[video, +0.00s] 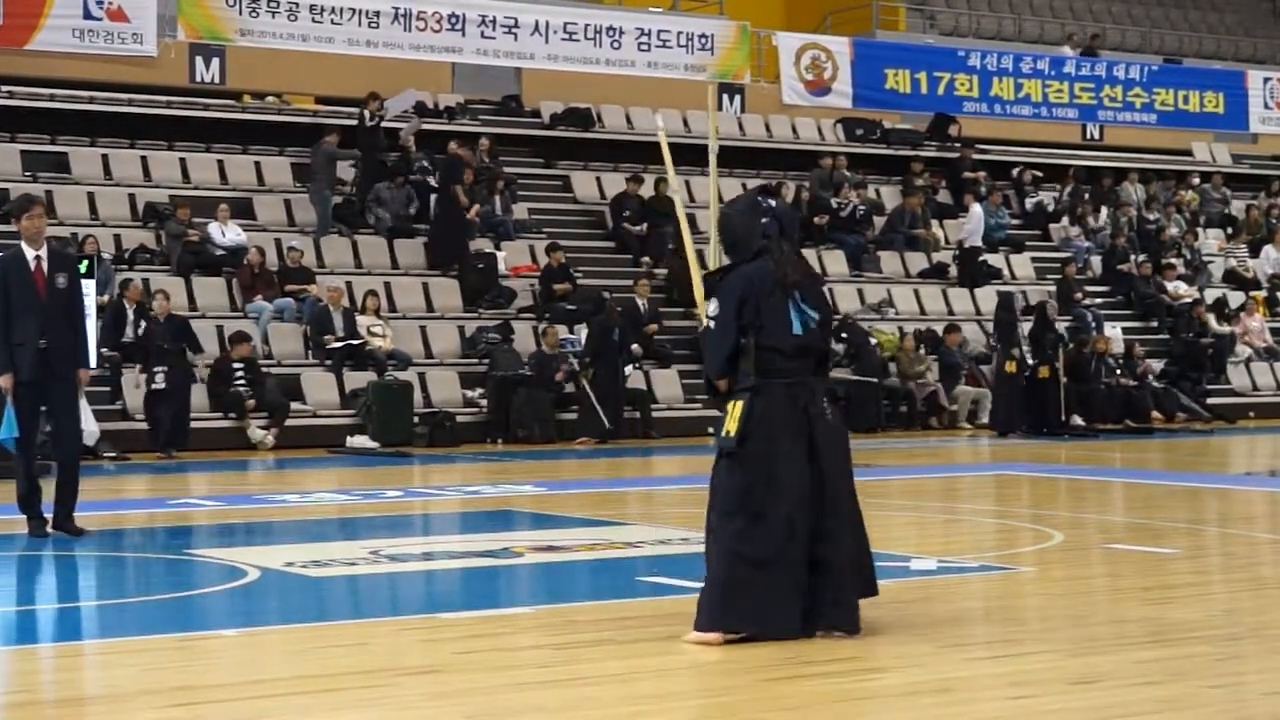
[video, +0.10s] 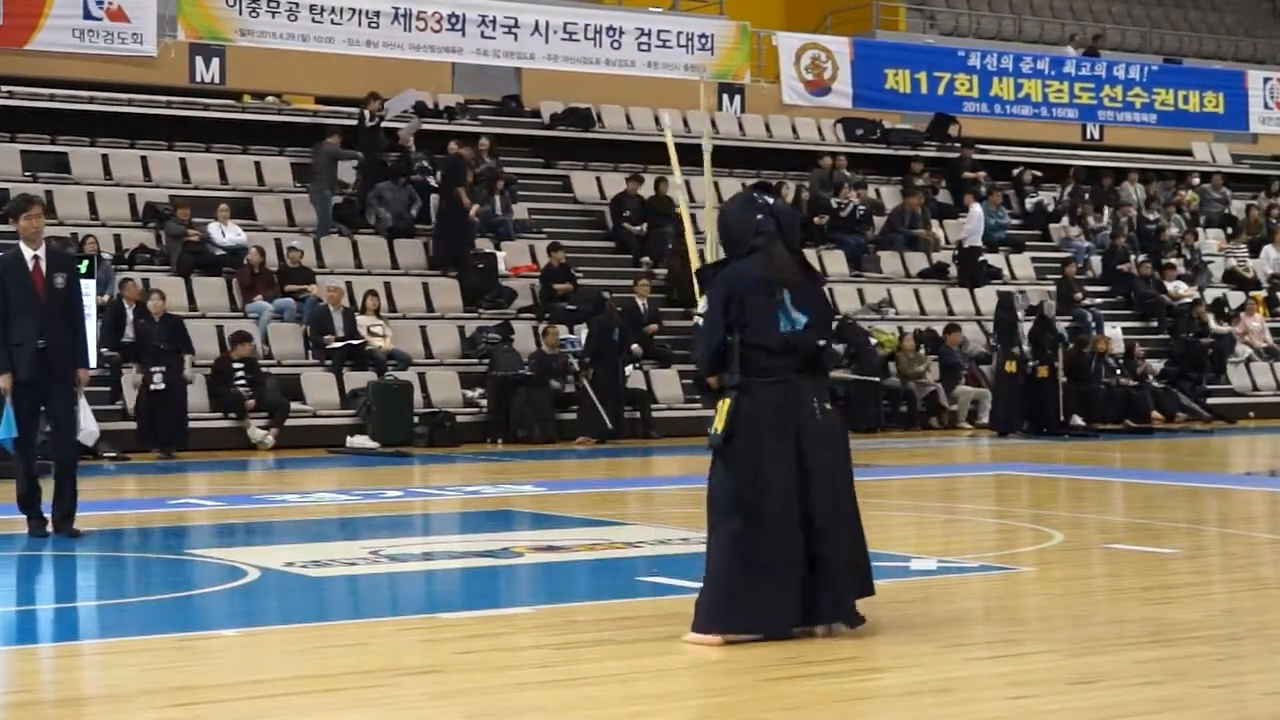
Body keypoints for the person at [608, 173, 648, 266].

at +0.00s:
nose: (635, 188)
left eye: (637, 185)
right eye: (633, 184)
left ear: (639, 187)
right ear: (627, 184)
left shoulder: (641, 200)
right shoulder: (617, 199)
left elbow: (646, 215)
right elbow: (617, 219)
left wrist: (644, 225)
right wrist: (631, 228)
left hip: (639, 227)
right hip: (624, 228)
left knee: (649, 238)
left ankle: (646, 259)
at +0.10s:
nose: (634, 187)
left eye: (636, 184)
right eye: (632, 183)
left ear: (639, 186)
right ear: (627, 184)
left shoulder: (641, 200)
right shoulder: (617, 199)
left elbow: (645, 215)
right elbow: (617, 219)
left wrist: (644, 225)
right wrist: (631, 228)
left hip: (638, 227)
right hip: (624, 227)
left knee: (648, 238)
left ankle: (646, 259)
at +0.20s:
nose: (633, 186)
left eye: (635, 183)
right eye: (631, 182)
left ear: (638, 184)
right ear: (627, 183)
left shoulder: (641, 199)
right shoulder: (618, 197)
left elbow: (645, 214)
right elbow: (616, 217)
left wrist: (644, 225)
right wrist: (633, 225)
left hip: (638, 229)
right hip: (622, 228)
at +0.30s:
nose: (633, 184)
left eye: (636, 182)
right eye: (631, 181)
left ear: (638, 183)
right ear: (626, 181)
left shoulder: (642, 199)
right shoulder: (618, 196)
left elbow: (646, 214)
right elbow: (610, 213)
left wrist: (646, 226)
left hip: (638, 228)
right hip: (621, 228)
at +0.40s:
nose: (630, 183)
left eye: (633, 181)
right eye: (629, 180)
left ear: (637, 183)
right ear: (626, 181)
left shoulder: (641, 198)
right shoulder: (620, 196)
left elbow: (647, 213)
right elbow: (608, 201)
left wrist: (646, 223)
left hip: (638, 227)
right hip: (622, 228)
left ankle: (648, 259)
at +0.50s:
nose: (630, 184)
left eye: (633, 181)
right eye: (629, 180)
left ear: (637, 183)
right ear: (626, 181)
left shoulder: (641, 197)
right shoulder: (620, 195)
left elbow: (647, 212)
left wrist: (646, 223)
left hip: (638, 228)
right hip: (622, 228)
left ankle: (649, 258)